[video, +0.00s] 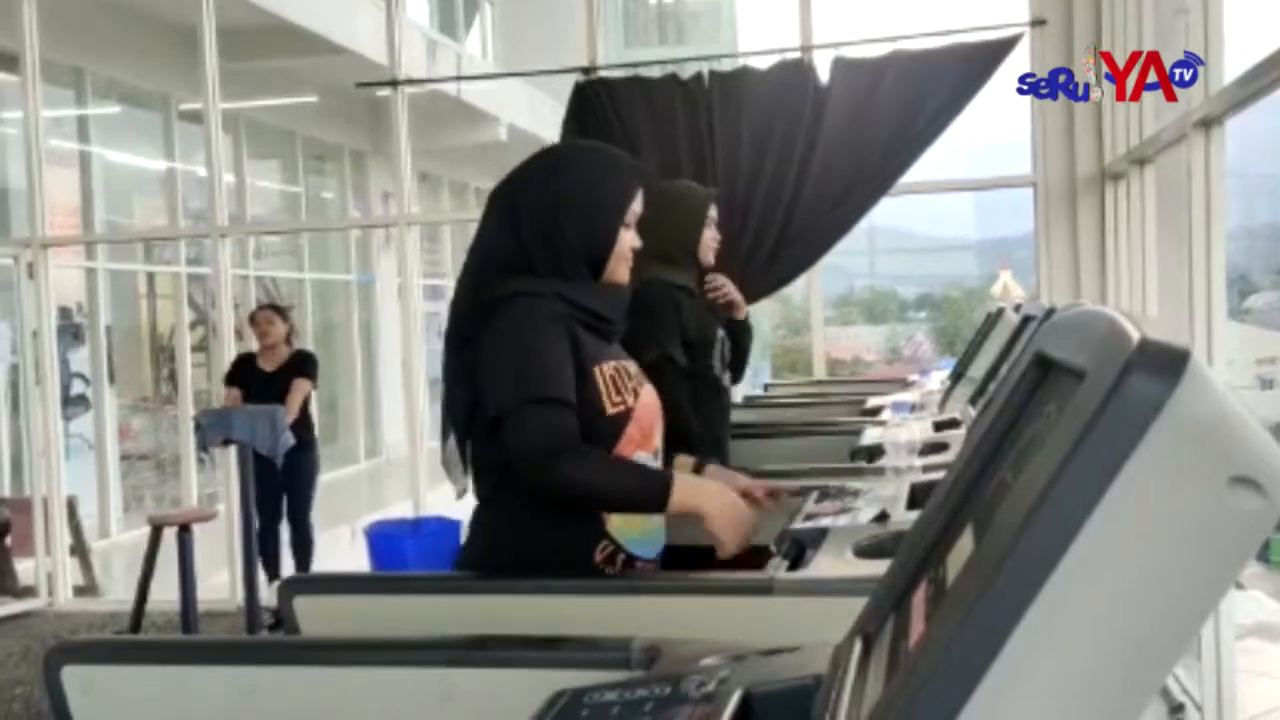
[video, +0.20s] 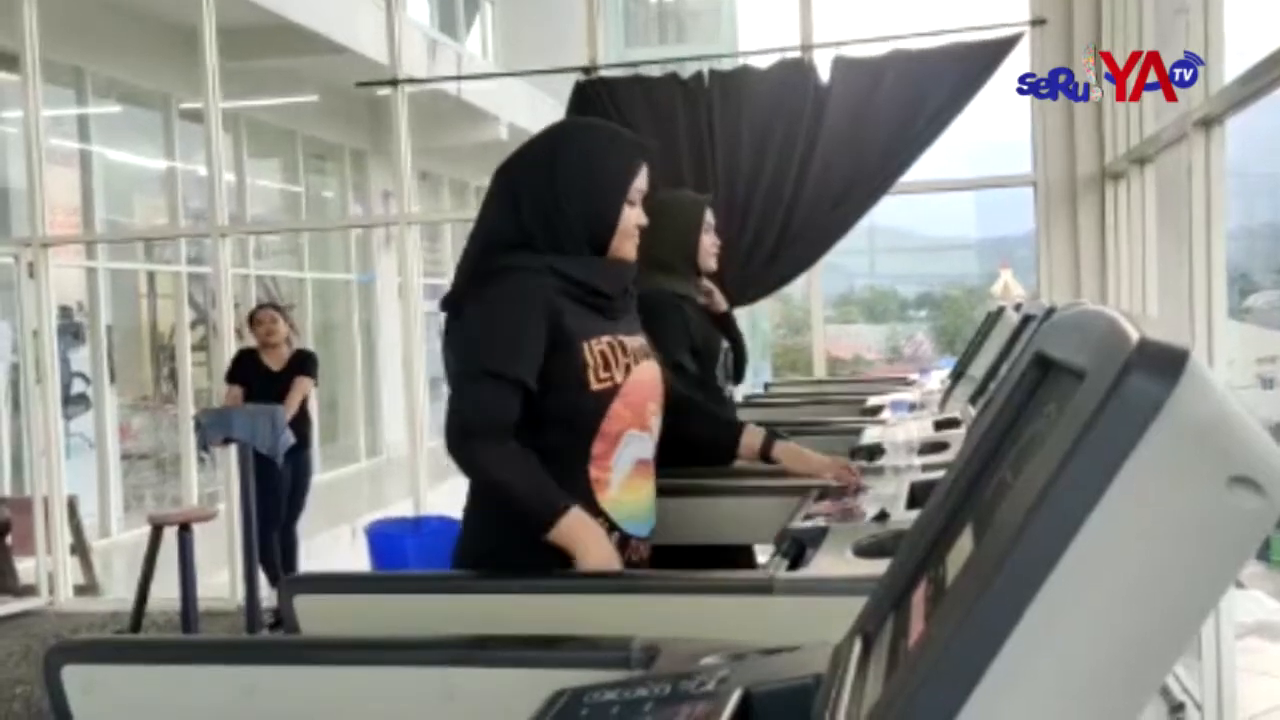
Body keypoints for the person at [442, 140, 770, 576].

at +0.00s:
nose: (637, 243)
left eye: (635, 226)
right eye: (626, 225)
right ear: (579, 221)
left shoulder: (574, 321)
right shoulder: (528, 322)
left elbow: (588, 452)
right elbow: (547, 463)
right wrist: (692, 495)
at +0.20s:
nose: (642, 219)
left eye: (642, 203)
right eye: (630, 202)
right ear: (580, 196)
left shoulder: (607, 294)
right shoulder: (516, 293)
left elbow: (648, 415)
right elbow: (477, 437)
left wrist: (773, 449)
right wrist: (581, 535)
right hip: (526, 580)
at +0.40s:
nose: (649, 239)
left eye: (647, 223)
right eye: (637, 222)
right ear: (587, 223)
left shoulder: (616, 318)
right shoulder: (515, 325)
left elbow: (659, 428)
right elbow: (435, 461)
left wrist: (773, 451)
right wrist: (504, 578)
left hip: (635, 585)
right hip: (557, 600)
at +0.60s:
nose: (645, 216)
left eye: (644, 201)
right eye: (631, 199)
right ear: (582, 198)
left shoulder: (612, 300)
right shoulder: (526, 308)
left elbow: (661, 424)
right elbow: (494, 456)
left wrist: (773, 451)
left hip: (629, 571)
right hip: (552, 586)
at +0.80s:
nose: (648, 213)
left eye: (645, 197)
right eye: (634, 196)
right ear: (585, 196)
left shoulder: (604, 297)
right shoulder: (541, 297)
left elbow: (654, 416)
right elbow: (570, 433)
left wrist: (770, 446)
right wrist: (712, 489)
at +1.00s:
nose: (659, 219)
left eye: (656, 203)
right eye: (646, 202)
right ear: (598, 203)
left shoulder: (622, 307)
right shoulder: (561, 310)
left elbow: (667, 432)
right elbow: (566, 460)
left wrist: (776, 444)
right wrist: (678, 526)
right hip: (589, 582)